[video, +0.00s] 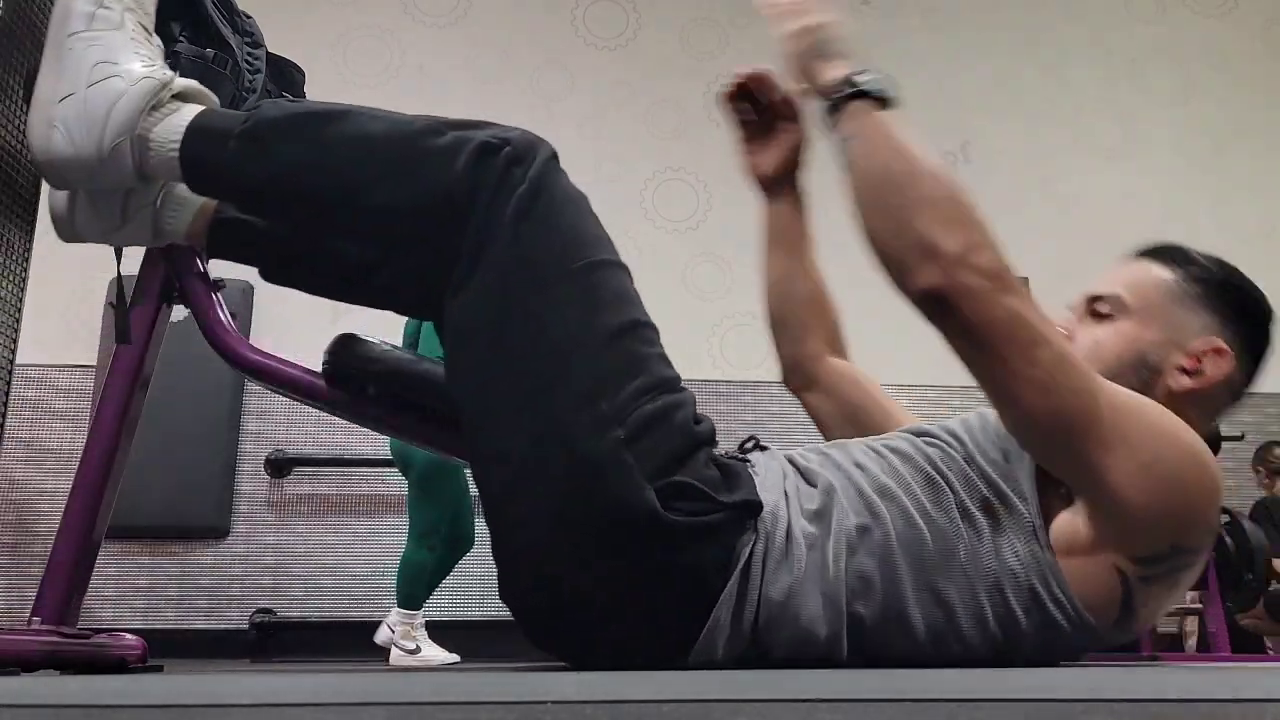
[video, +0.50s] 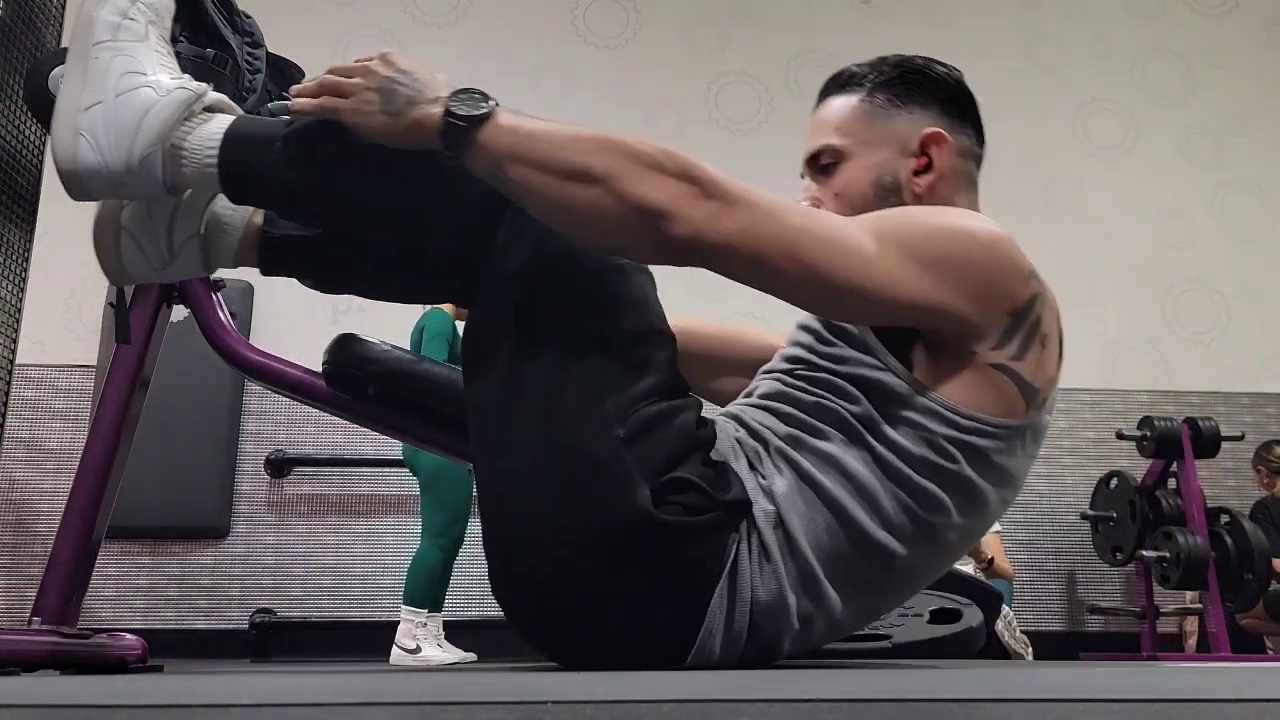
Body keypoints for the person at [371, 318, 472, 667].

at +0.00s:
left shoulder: (428, 318)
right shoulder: (437, 319)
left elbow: (412, 367)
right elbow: (434, 370)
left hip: (434, 441)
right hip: (424, 441)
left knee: (459, 537)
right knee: (430, 536)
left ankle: (400, 620)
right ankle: (407, 637)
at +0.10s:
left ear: (460, 286)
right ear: (467, 287)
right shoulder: (440, 317)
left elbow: (410, 362)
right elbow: (431, 367)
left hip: (443, 440)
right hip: (425, 439)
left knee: (456, 538)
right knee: (429, 535)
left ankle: (431, 635)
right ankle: (406, 639)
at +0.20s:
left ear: (457, 286)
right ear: (466, 285)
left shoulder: (441, 318)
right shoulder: (441, 318)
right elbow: (434, 371)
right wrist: (478, 388)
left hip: (445, 442)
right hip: (428, 442)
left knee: (454, 538)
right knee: (431, 535)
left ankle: (431, 634)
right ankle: (407, 638)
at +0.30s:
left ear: (456, 287)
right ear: (470, 288)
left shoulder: (432, 317)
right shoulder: (444, 319)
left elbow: (413, 369)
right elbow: (434, 373)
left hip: (447, 442)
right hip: (433, 443)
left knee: (453, 539)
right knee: (433, 536)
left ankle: (432, 635)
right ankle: (408, 638)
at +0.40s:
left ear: (451, 288)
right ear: (466, 291)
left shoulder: (445, 320)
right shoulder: (441, 320)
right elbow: (436, 378)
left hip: (447, 443)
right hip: (436, 444)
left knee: (449, 539)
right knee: (437, 538)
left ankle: (431, 637)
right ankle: (409, 639)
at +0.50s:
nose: (476, 308)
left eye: (477, 302)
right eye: (476, 302)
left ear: (451, 290)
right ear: (466, 298)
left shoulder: (442, 323)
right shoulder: (439, 321)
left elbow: (439, 384)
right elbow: (435, 382)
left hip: (448, 447)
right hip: (436, 448)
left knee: (448, 540)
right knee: (438, 539)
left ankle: (431, 636)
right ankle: (409, 638)